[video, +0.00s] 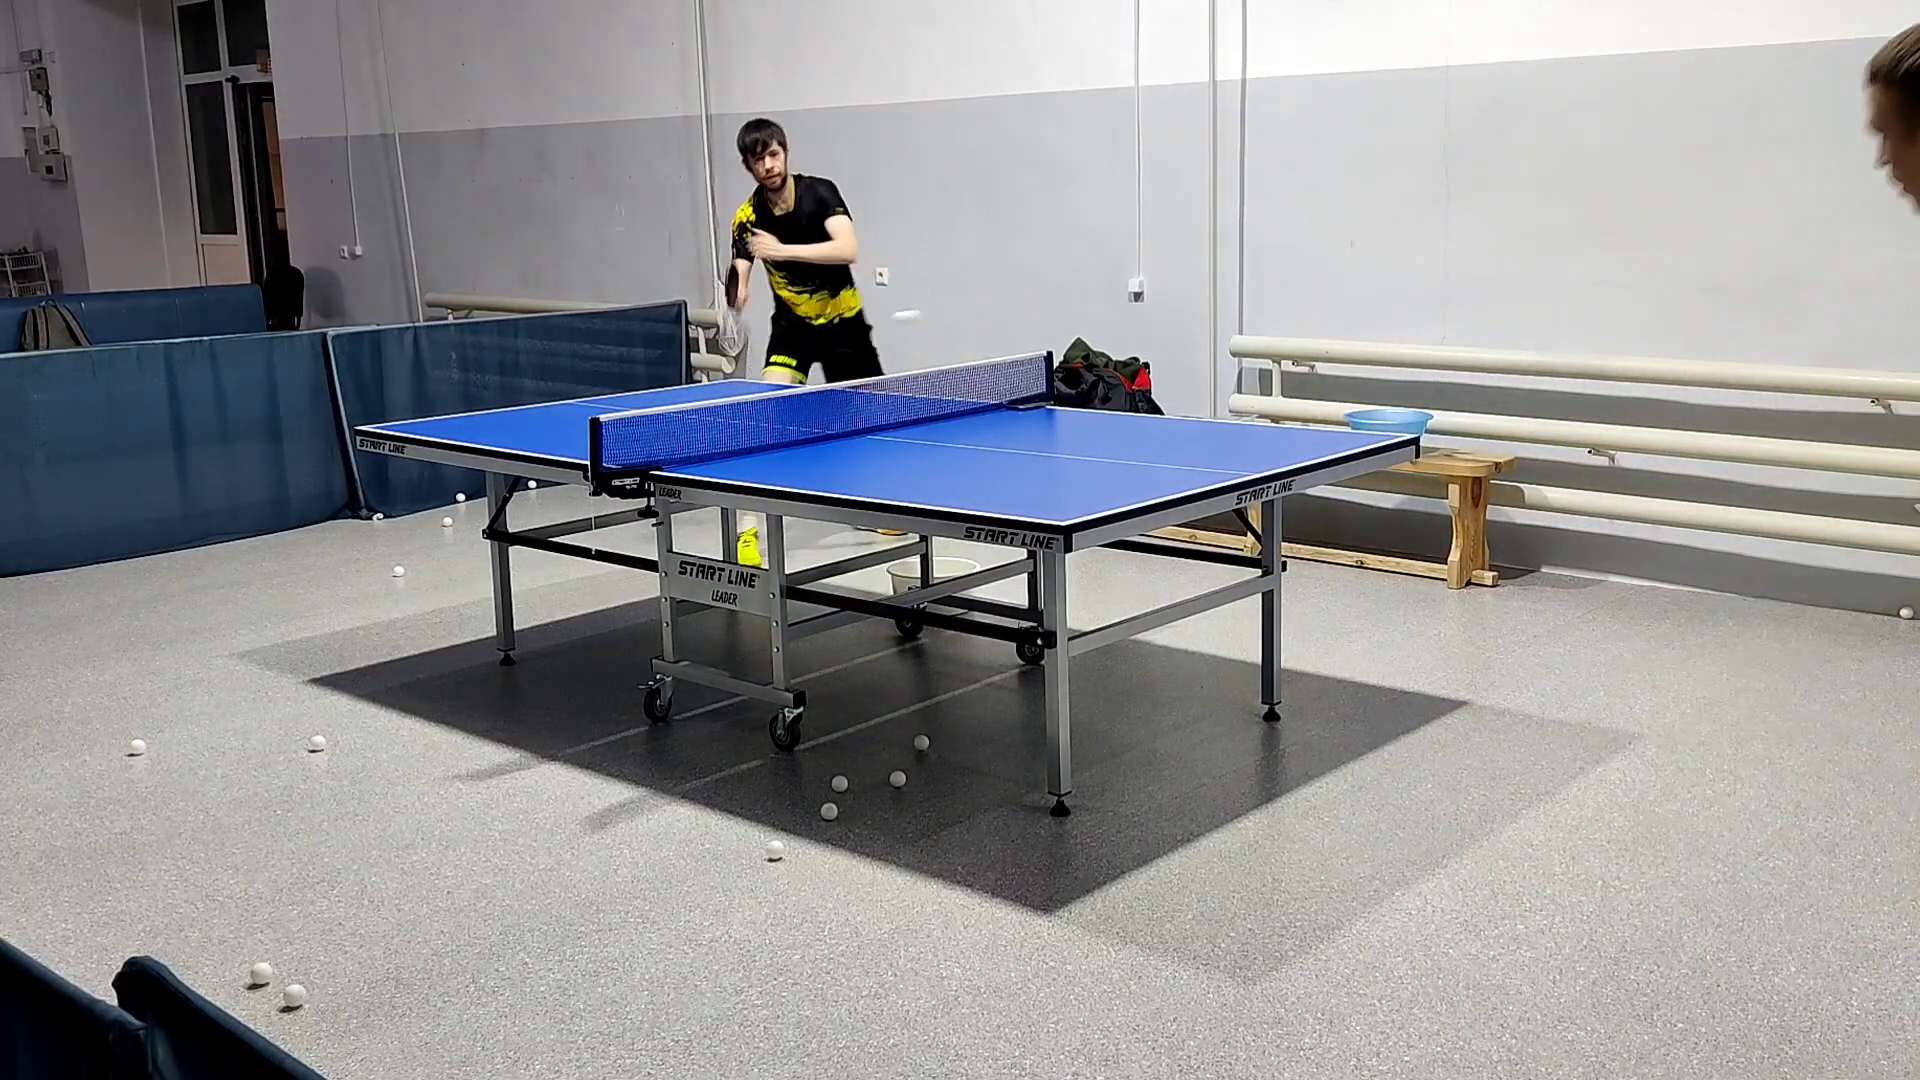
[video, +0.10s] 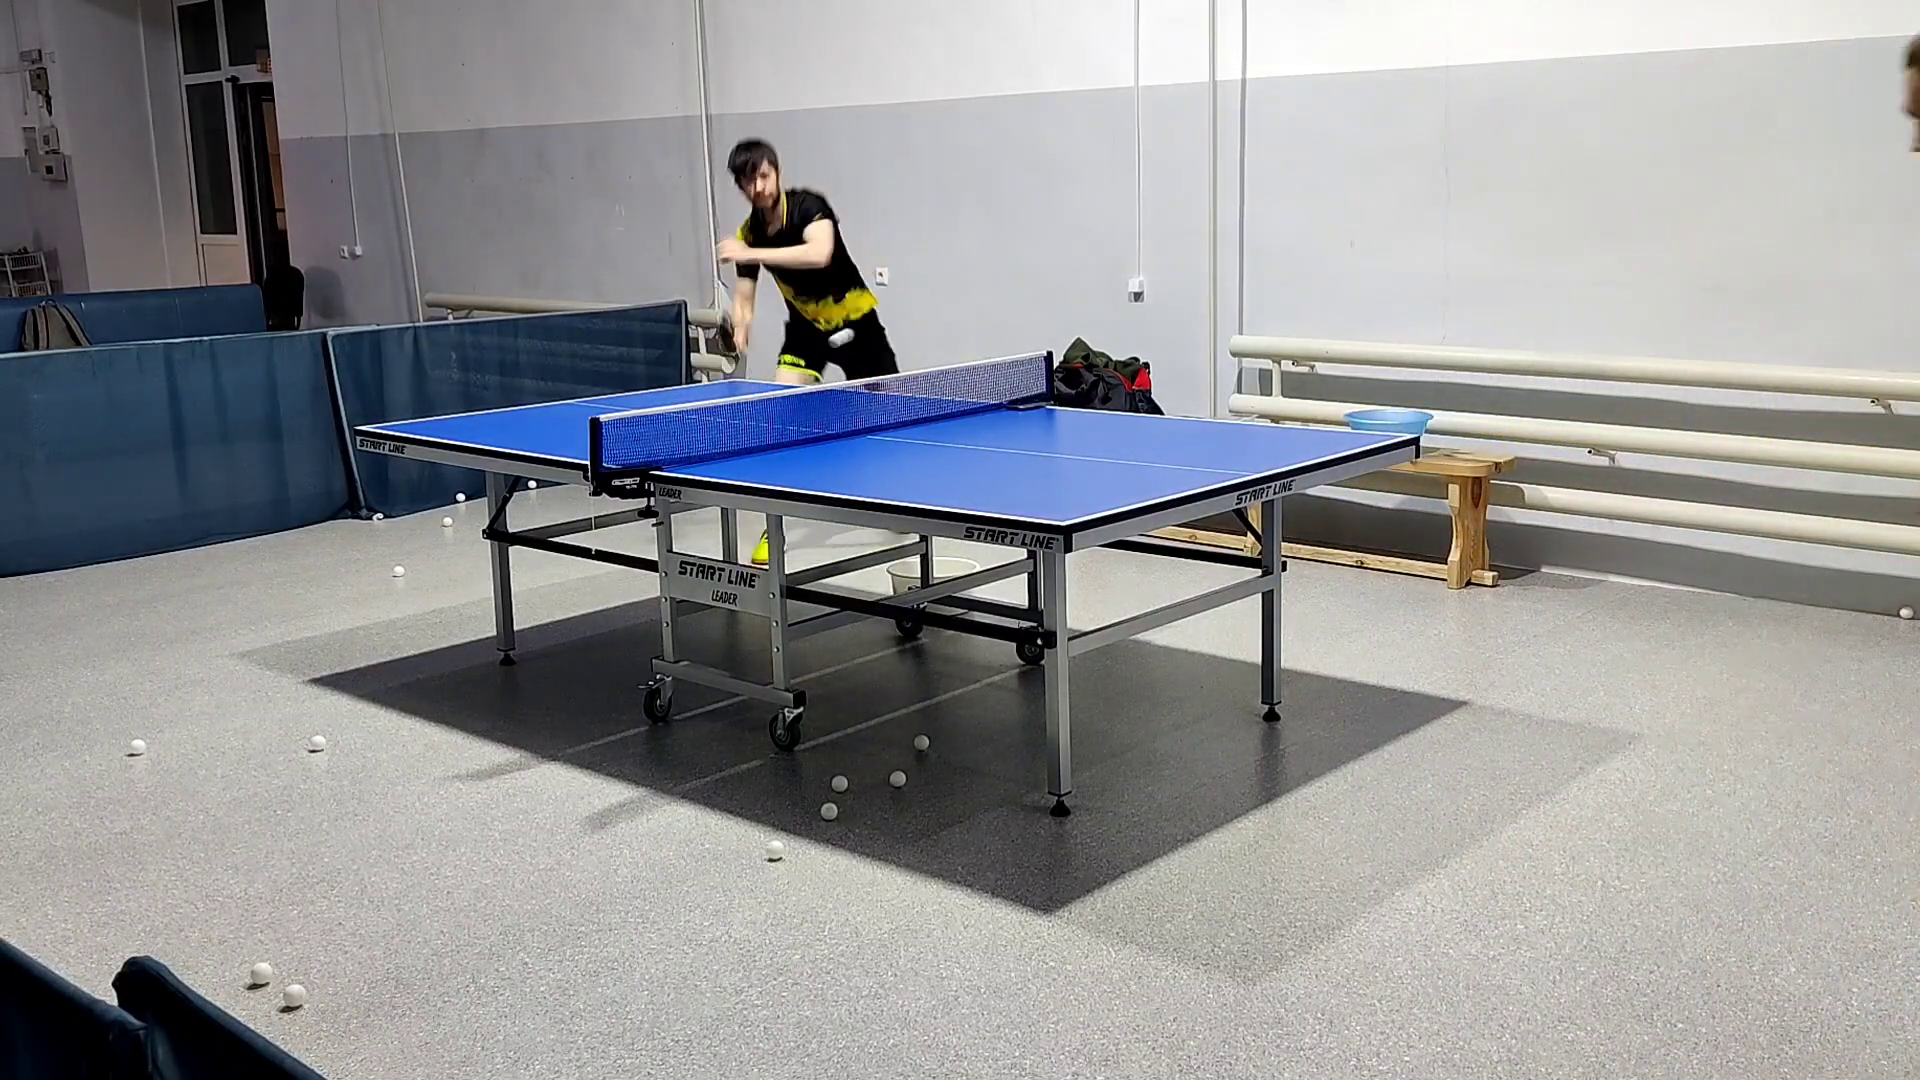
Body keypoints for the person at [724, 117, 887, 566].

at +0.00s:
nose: (769, 165)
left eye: (774, 154)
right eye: (758, 159)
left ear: (786, 152)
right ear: (748, 167)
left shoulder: (819, 192)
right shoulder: (748, 219)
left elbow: (848, 250)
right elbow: (739, 294)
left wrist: (782, 251)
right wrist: (736, 281)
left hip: (844, 325)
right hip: (792, 328)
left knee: (871, 419)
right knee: (766, 414)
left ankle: (888, 505)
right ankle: (748, 528)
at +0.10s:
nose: (759, 187)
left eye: (764, 176)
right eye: (749, 181)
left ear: (778, 172)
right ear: (741, 186)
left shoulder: (810, 205)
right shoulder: (749, 233)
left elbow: (819, 254)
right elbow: (744, 296)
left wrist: (748, 253)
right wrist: (740, 333)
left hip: (856, 325)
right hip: (805, 331)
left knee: (893, 415)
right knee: (778, 419)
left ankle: (908, 508)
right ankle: (774, 528)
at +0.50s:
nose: (771, 203)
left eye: (777, 192)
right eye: (763, 197)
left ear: (795, 186)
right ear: (758, 201)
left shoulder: (834, 217)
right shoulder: (772, 241)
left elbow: (864, 288)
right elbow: (758, 304)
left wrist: (802, 269)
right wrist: (744, 289)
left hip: (884, 335)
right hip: (834, 338)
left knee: (910, 426)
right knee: (797, 418)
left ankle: (929, 519)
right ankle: (773, 525)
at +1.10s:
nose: (746, 181)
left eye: (749, 169)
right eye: (735, 176)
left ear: (763, 169)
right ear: (726, 186)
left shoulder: (802, 213)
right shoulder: (729, 236)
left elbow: (850, 267)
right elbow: (723, 305)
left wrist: (844, 325)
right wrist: (754, 310)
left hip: (822, 339)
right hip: (771, 344)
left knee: (868, 420)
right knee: (740, 422)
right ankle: (718, 528)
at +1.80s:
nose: (737, 175)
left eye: (742, 163)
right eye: (727, 169)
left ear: (754, 162)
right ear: (715, 176)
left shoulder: (789, 208)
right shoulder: (710, 227)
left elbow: (852, 252)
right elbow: (696, 300)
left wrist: (828, 291)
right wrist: (721, 299)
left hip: (795, 344)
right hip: (744, 347)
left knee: (853, 419)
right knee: (735, 438)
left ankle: (864, 509)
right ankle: (696, 538)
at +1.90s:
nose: (730, 185)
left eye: (735, 173)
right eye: (720, 179)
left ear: (749, 170)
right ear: (711, 186)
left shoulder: (790, 210)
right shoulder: (714, 236)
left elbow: (829, 267)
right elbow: (703, 304)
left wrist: (773, 283)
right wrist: (708, 319)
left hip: (813, 343)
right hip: (759, 349)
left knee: (865, 417)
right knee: (729, 434)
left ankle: (886, 506)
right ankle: (705, 537)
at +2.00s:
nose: (723, 206)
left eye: (728, 194)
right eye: (713, 199)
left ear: (743, 189)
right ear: (706, 204)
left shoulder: (780, 223)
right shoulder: (719, 256)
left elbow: (788, 281)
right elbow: (714, 322)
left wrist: (717, 284)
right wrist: (712, 360)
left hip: (832, 338)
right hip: (784, 344)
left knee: (877, 410)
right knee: (754, 410)